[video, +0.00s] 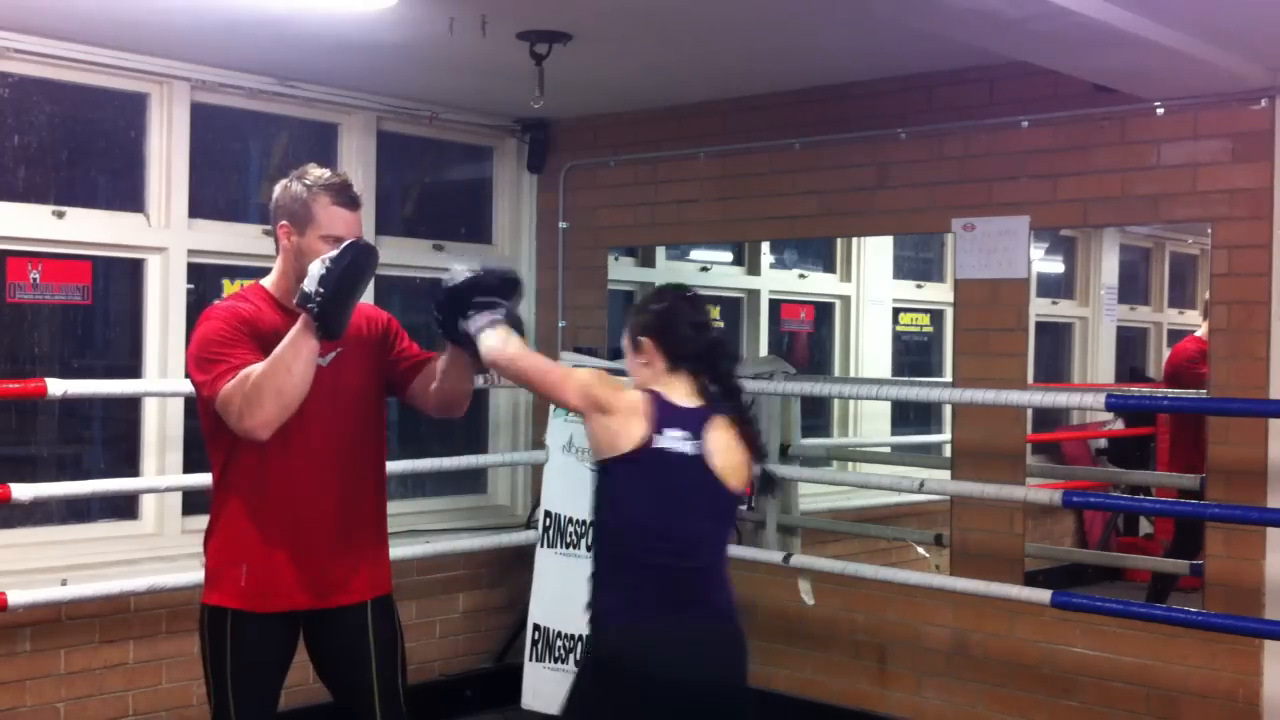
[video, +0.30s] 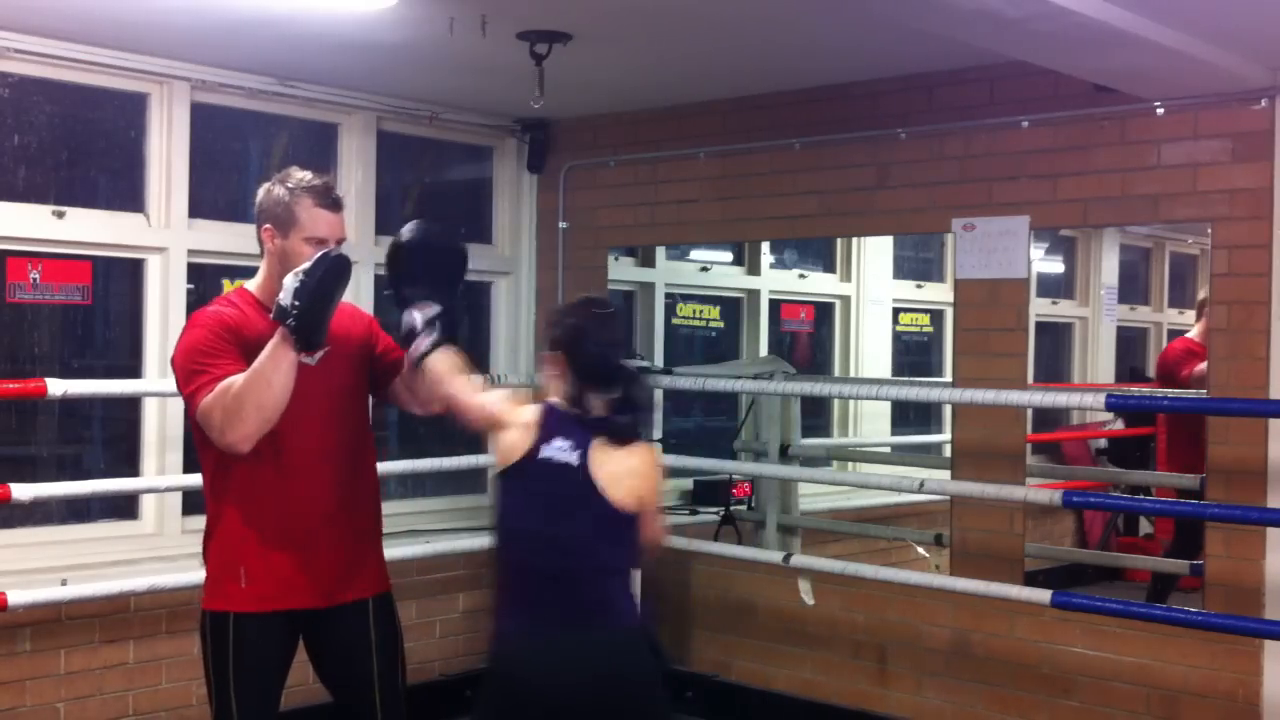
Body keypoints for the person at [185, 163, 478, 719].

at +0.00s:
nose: (345, 258)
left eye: (353, 245)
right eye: (331, 241)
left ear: (363, 245)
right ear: (285, 236)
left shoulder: (372, 326)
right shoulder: (226, 323)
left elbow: (445, 401)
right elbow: (254, 416)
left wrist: (463, 332)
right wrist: (316, 316)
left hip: (354, 581)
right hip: (251, 586)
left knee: (382, 710)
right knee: (241, 713)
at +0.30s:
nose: (330, 260)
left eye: (337, 246)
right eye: (316, 244)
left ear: (345, 245)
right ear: (270, 238)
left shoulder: (355, 326)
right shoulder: (213, 329)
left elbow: (422, 398)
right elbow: (235, 429)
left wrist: (427, 330)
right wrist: (295, 326)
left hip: (354, 586)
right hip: (250, 593)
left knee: (384, 710)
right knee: (242, 714)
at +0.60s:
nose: (307, 260)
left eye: (314, 246)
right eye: (292, 245)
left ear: (321, 242)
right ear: (246, 239)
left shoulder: (333, 324)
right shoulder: (193, 324)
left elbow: (386, 421)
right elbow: (180, 414)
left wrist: (396, 372)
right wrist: (253, 318)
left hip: (344, 577)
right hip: (242, 585)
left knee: (375, 709)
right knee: (238, 713)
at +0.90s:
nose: (328, 264)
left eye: (333, 250)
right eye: (313, 247)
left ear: (333, 253)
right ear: (267, 245)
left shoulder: (318, 335)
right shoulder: (214, 341)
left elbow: (311, 461)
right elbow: (250, 461)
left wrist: (334, 541)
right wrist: (335, 396)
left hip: (325, 581)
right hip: (233, 597)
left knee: (366, 707)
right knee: (236, 714)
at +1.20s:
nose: (417, 281)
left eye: (423, 267)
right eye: (404, 262)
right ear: (357, 257)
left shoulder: (350, 333)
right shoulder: (310, 332)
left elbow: (336, 444)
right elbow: (333, 457)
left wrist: (393, 395)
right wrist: (415, 384)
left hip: (337, 573)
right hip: (259, 580)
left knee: (386, 704)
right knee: (250, 712)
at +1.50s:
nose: (460, 278)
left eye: (467, 263)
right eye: (446, 259)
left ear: (471, 262)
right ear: (400, 250)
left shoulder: (467, 363)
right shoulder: (308, 316)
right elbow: (240, 425)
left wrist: (542, 483)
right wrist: (324, 356)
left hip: (380, 582)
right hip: (276, 569)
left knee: (399, 710)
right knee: (247, 712)